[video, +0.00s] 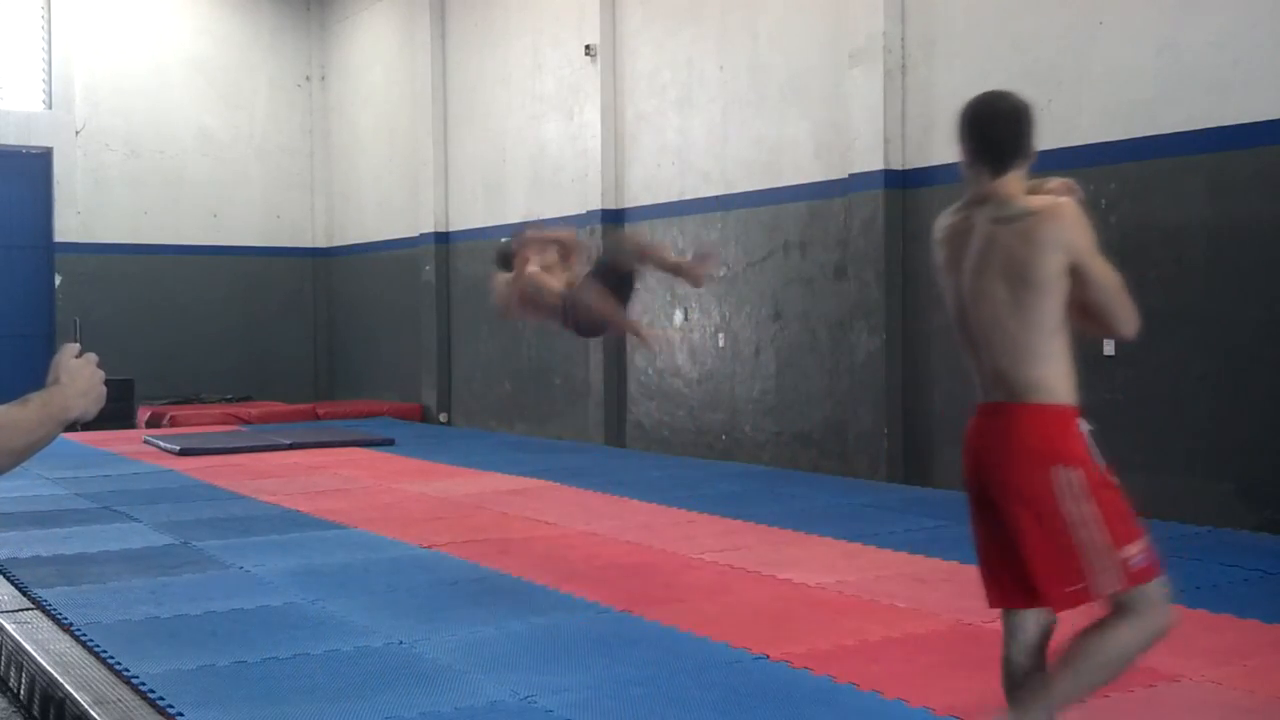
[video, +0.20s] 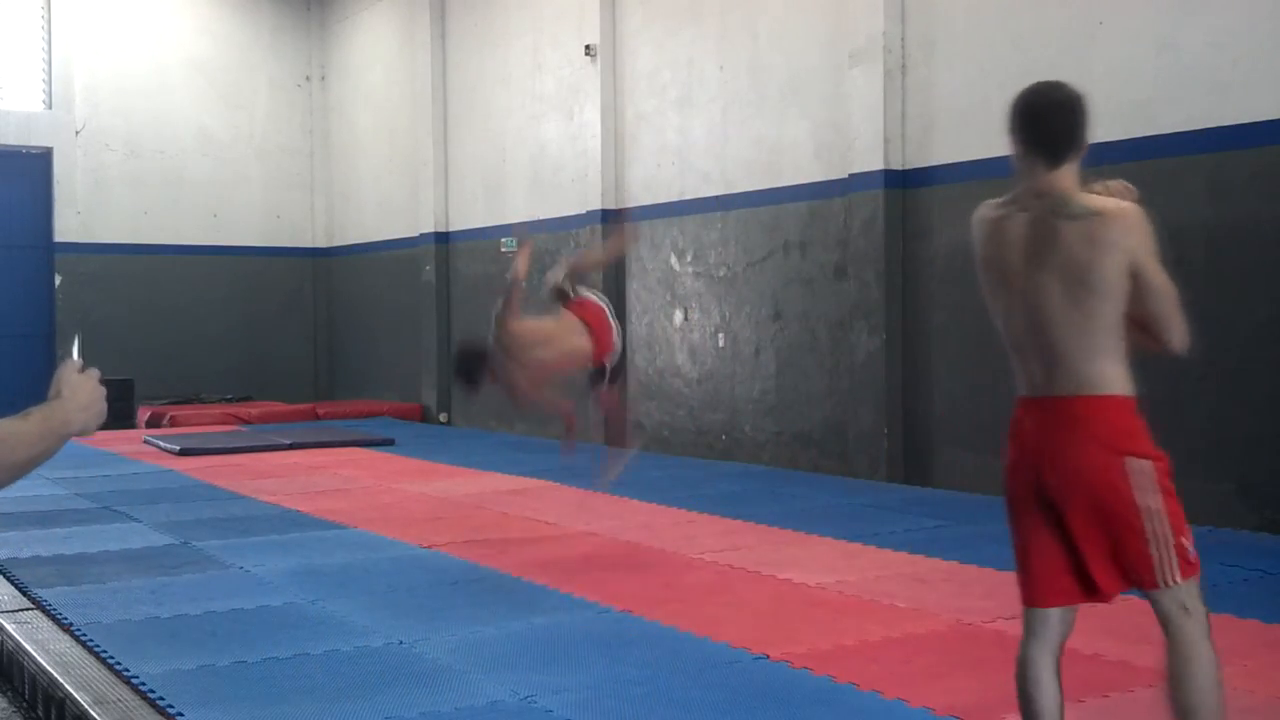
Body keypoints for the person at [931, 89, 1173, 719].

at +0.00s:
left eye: (973, 145)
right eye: (1024, 143)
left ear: (964, 151)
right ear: (1030, 147)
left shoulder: (948, 228)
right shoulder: (1057, 215)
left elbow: (1002, 296)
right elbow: (1121, 321)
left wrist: (1045, 210)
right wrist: (1049, 279)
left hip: (988, 441)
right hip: (1049, 443)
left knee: (1026, 618)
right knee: (1149, 609)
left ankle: (1022, 718)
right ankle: (1031, 706)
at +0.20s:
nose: (1018, 148)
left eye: (1017, 136)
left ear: (1014, 142)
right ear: (1083, 141)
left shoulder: (987, 223)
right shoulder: (1121, 220)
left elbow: (1040, 291)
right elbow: (1172, 335)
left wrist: (1091, 204)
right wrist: (1095, 306)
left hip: (1030, 444)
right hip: (1109, 443)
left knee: (1041, 630)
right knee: (1185, 618)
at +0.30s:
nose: (1040, 152)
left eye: (1042, 141)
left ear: (1046, 145)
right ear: (1112, 142)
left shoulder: (1011, 231)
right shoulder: (1160, 231)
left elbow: (1016, 312)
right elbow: (1215, 355)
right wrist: (1148, 325)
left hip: (1054, 448)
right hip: (1140, 448)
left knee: (1050, 636)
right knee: (1199, 632)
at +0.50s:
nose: (1104, 158)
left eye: (1105, 147)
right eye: (1108, 147)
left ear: (1113, 152)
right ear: (1178, 148)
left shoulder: (1074, 241)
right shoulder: (1242, 235)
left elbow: (1026, 357)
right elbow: (1274, 361)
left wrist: (1067, 295)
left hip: (1113, 451)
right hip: (1204, 452)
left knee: (1089, 634)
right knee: (1224, 639)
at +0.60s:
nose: (1132, 162)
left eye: (1132, 151)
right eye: (1132, 151)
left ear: (1144, 153)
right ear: (1206, 150)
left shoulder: (1100, 241)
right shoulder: (1265, 237)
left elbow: (1085, 368)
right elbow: (1275, 373)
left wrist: (1139, 335)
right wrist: (1232, 338)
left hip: (1137, 451)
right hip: (1228, 452)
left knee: (1104, 634)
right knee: (1236, 646)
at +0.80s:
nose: (1170, 160)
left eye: (1171, 148)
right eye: (1169, 148)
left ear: (1190, 150)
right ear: (1244, 149)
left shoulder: (1140, 232)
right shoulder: (1275, 229)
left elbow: (1075, 342)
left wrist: (1144, 361)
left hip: (1172, 451)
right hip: (1261, 451)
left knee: (1134, 624)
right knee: (1253, 645)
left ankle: (1194, 715)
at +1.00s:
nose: (1186, 159)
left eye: (1187, 147)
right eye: (1187, 147)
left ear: (1203, 153)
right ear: (1261, 151)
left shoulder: (1158, 240)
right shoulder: (1279, 229)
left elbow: (1078, 346)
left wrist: (1142, 399)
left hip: (1205, 468)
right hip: (1274, 460)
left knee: (1220, 675)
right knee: (1269, 669)